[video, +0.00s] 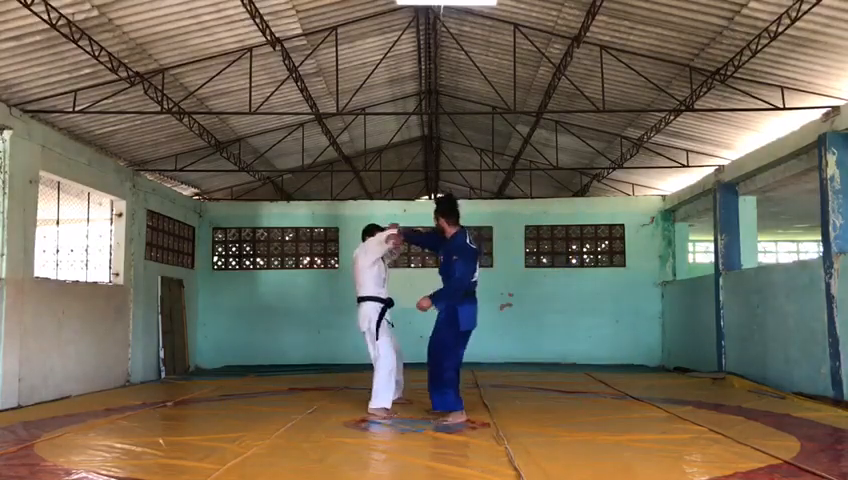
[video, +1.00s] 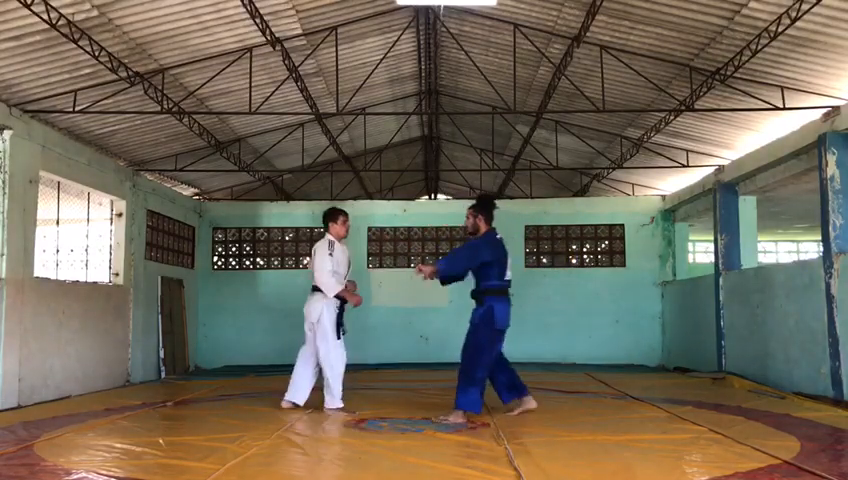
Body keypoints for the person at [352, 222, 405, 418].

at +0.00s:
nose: (384, 241)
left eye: (383, 237)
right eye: (382, 237)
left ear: (367, 236)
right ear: (373, 236)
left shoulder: (374, 256)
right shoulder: (365, 249)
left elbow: (391, 255)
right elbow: (390, 234)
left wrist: (396, 244)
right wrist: (396, 231)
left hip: (378, 309)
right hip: (371, 309)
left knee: (394, 353)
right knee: (386, 356)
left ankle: (394, 393)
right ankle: (378, 405)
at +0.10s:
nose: (383, 238)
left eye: (383, 234)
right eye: (379, 235)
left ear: (372, 236)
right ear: (368, 235)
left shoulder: (378, 256)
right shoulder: (363, 250)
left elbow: (400, 259)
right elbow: (391, 243)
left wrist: (399, 243)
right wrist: (402, 237)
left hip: (378, 308)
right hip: (368, 308)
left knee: (392, 353)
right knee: (382, 354)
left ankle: (392, 394)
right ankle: (376, 404)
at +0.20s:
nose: (379, 239)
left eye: (379, 235)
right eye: (375, 236)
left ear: (377, 238)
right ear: (363, 238)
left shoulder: (377, 257)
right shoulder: (359, 254)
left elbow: (395, 275)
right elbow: (373, 264)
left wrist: (398, 259)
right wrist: (388, 252)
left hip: (377, 309)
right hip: (364, 309)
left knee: (391, 350)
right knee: (383, 351)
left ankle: (389, 392)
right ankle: (363, 397)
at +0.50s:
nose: (368, 226)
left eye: (368, 222)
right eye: (364, 222)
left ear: (360, 224)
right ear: (352, 224)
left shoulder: (367, 246)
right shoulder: (345, 247)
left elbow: (385, 270)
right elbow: (349, 274)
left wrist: (407, 276)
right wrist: (371, 267)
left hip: (365, 301)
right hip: (351, 302)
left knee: (369, 349)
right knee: (362, 351)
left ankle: (362, 395)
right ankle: (350, 401)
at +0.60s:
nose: (364, 220)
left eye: (364, 216)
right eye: (360, 216)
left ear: (361, 218)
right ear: (348, 219)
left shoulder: (364, 240)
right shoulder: (338, 242)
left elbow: (374, 266)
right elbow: (338, 272)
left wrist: (389, 274)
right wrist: (365, 266)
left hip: (359, 297)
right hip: (346, 298)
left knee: (351, 347)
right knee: (355, 348)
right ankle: (343, 396)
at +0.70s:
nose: (361, 225)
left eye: (361, 221)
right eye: (357, 221)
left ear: (355, 224)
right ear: (344, 224)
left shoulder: (357, 247)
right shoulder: (334, 247)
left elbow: (358, 275)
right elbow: (332, 278)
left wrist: (372, 282)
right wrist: (359, 275)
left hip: (355, 304)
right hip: (342, 304)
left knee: (341, 352)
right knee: (350, 353)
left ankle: (311, 385)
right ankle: (334, 402)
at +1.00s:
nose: (348, 227)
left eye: (348, 223)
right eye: (344, 223)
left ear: (338, 225)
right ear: (332, 225)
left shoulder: (341, 247)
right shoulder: (324, 246)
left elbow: (336, 275)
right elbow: (322, 277)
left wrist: (347, 284)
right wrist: (347, 295)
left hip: (325, 301)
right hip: (323, 302)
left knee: (311, 350)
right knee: (334, 352)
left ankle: (291, 398)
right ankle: (333, 402)